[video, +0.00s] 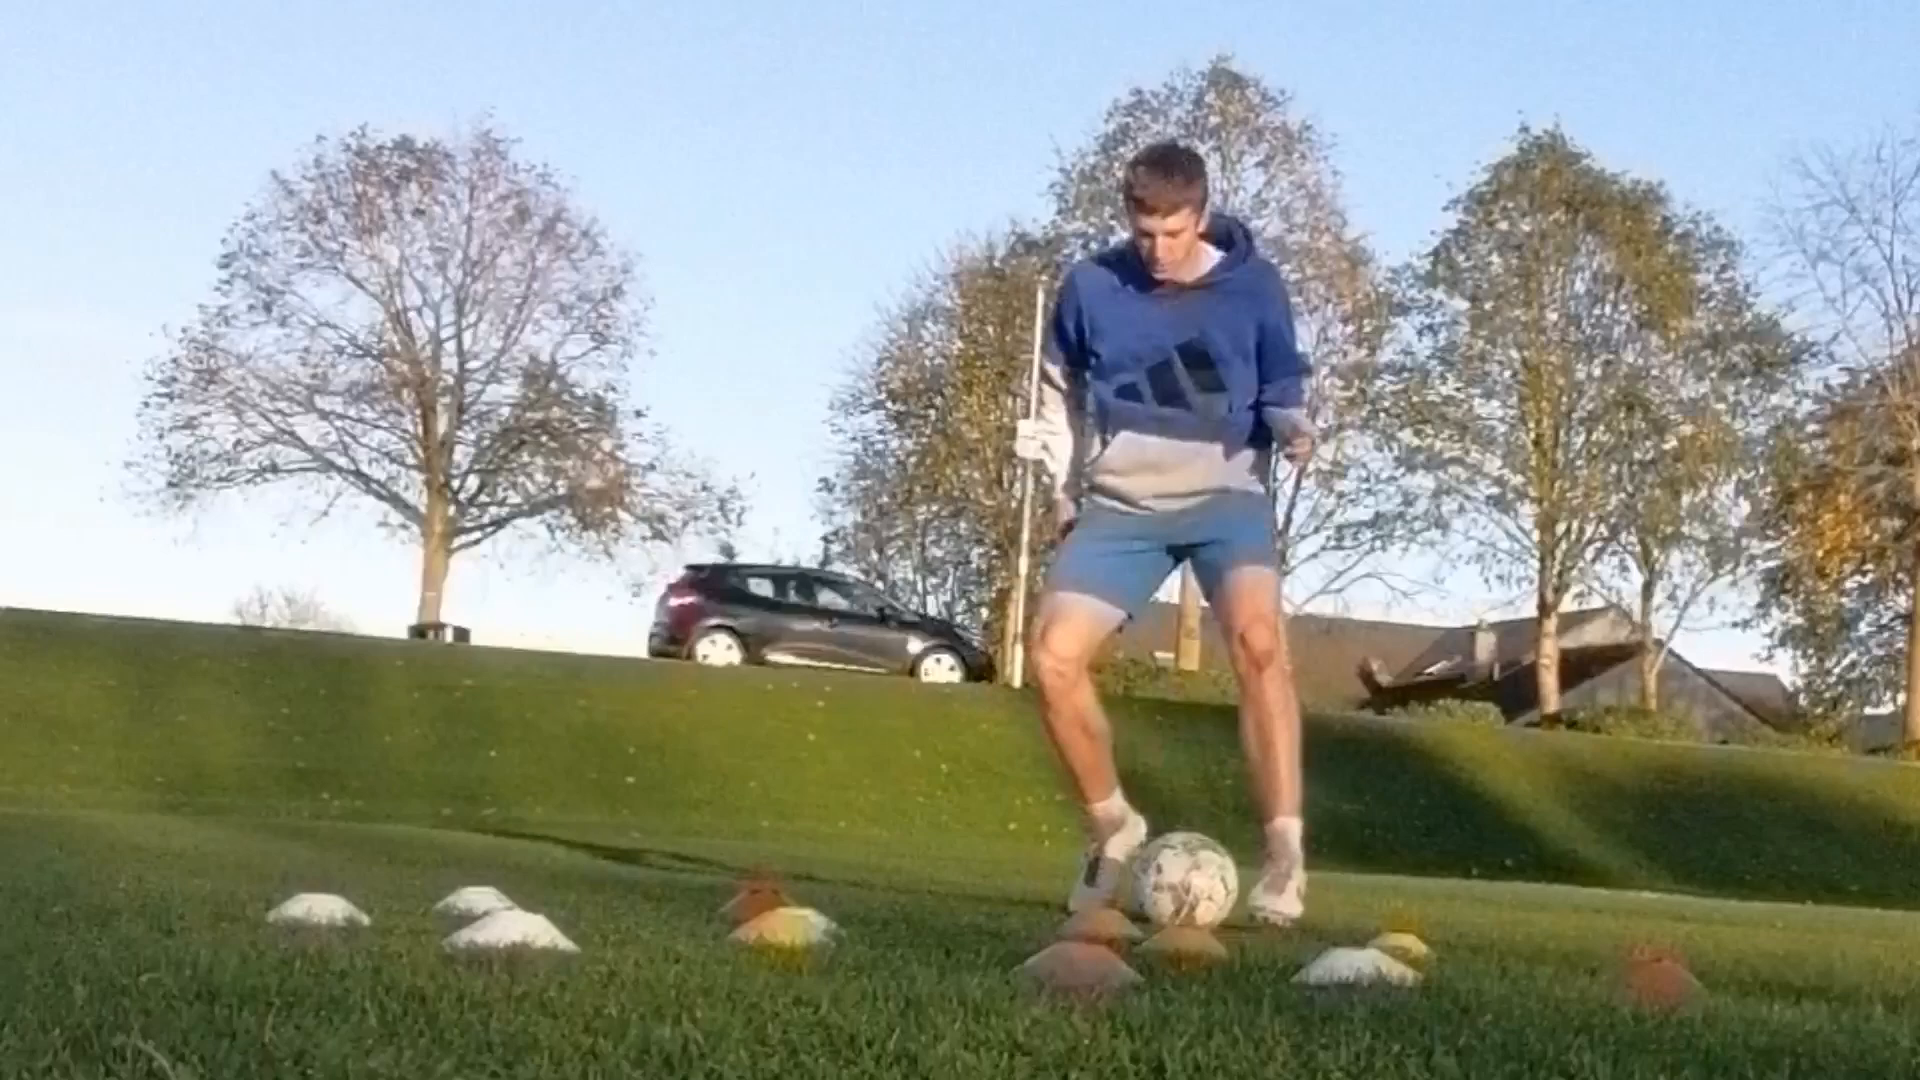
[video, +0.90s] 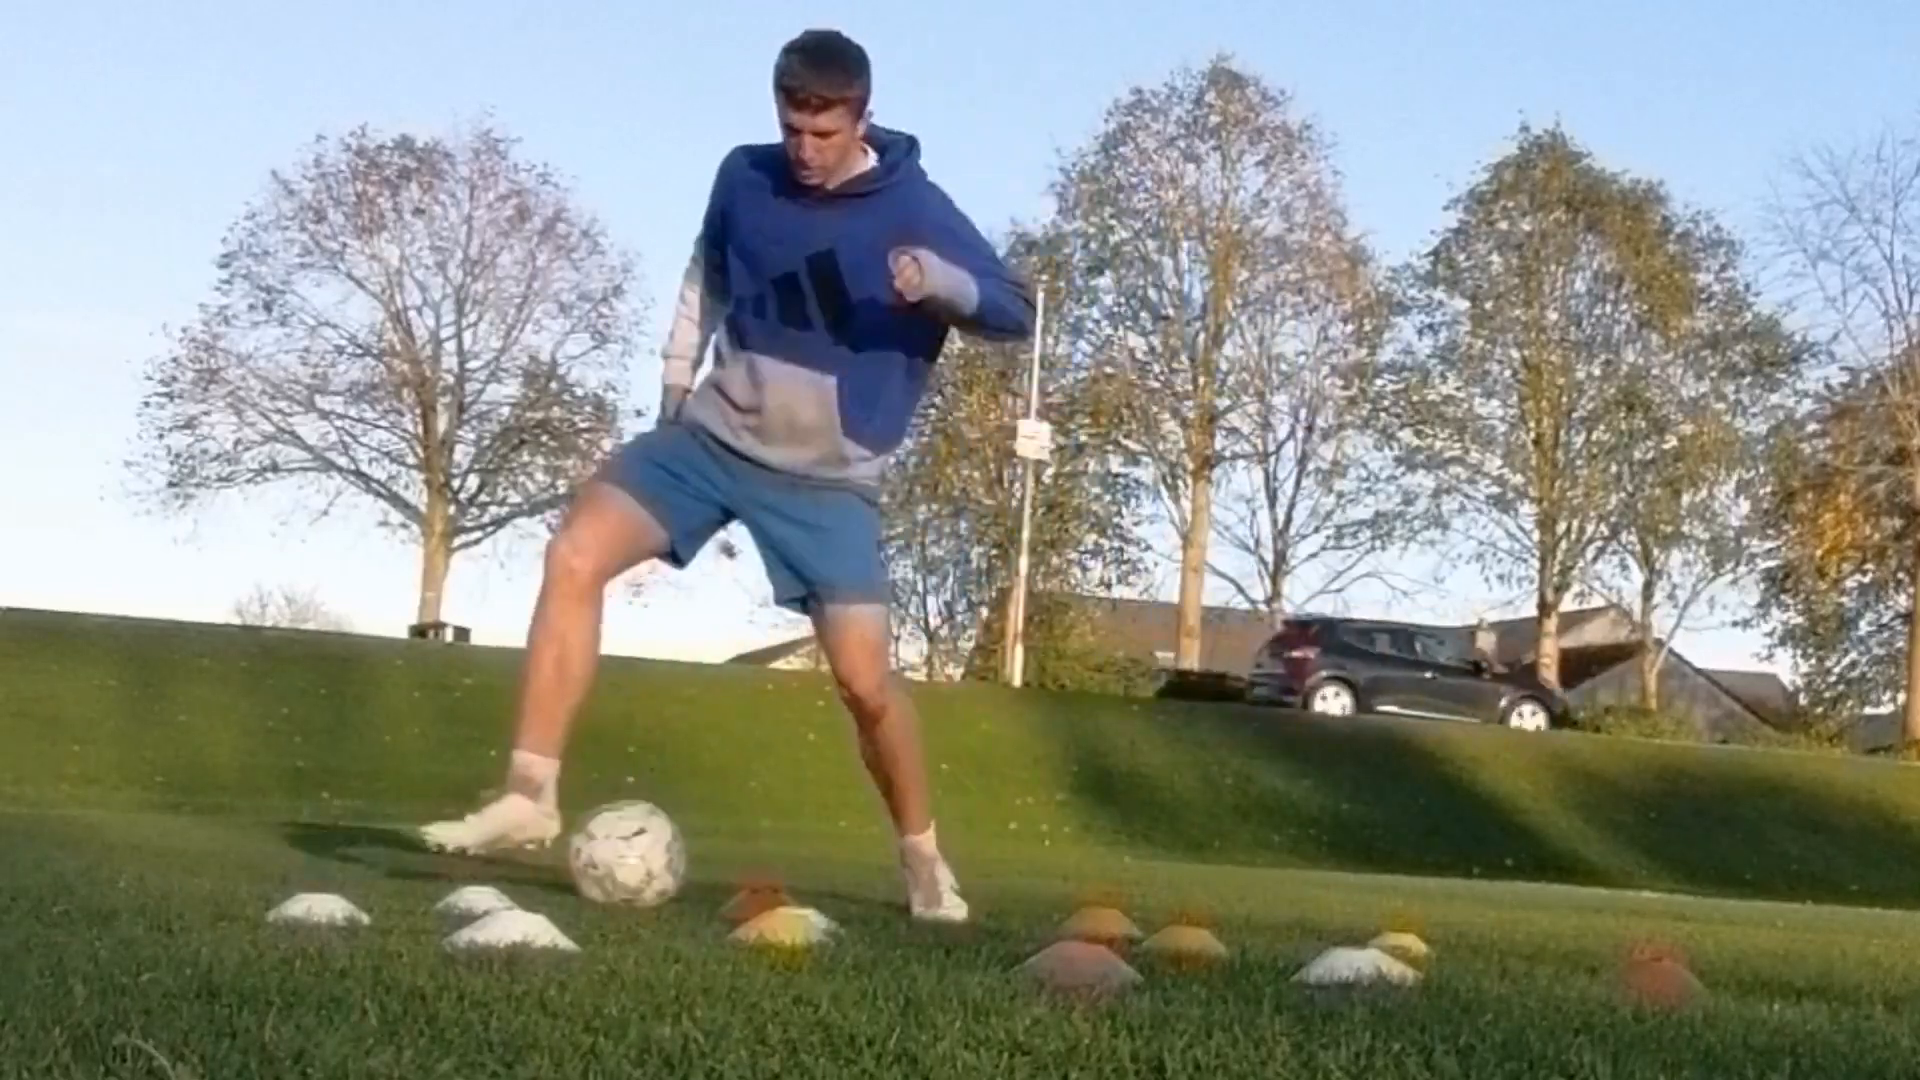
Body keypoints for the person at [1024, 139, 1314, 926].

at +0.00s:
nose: (1154, 243)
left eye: (1169, 229)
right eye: (1143, 227)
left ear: (1199, 213)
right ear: (1127, 212)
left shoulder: (1255, 285)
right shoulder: (1088, 288)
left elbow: (1283, 393)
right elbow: (1055, 394)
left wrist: (1292, 429)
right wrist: (1062, 487)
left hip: (1229, 507)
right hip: (1119, 511)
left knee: (1258, 642)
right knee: (1054, 656)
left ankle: (1283, 852)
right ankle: (1114, 827)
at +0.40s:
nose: (1046, 215)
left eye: (1063, 198)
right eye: (1032, 198)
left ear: (1095, 174)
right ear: (1014, 185)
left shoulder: (1152, 242)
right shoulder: (984, 258)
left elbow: (1227, 348)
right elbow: (974, 357)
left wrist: (1157, 358)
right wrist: (995, 446)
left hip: (1150, 490)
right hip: (1033, 483)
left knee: (1219, 665)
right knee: (973, 625)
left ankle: (1268, 868)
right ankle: (960, 851)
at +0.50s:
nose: (1019, 164)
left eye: (1036, 148)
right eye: (1005, 147)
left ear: (1064, 135)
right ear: (985, 132)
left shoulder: (1121, 220)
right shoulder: (935, 220)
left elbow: (1194, 319)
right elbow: (912, 325)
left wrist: (1163, 390)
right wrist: (944, 405)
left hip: (1094, 481)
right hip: (971, 486)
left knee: (1165, 632)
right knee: (955, 655)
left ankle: (1205, 847)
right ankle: (963, 874)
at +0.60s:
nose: (990, 146)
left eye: (1008, 131)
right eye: (978, 128)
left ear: (1039, 113)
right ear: (958, 107)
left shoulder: (1091, 190)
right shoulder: (904, 180)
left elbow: (1159, 269)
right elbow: (849, 290)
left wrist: (1147, 361)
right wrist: (852, 409)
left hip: (1036, 440)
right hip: (913, 437)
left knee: (1079, 602)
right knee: (870, 616)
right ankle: (882, 837)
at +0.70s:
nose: (945, 151)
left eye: (963, 136)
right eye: (932, 134)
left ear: (995, 114)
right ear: (912, 111)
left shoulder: (1045, 191)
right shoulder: (860, 182)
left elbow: (1085, 288)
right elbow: (794, 297)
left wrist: (1094, 362)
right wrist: (773, 411)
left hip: (987, 454)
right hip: (863, 441)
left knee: (990, 650)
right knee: (772, 586)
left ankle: (965, 867)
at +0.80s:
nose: (881, 167)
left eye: (901, 150)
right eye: (868, 147)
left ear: (933, 129)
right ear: (851, 124)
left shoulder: (987, 219)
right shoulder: (810, 198)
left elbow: (1057, 331)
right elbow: (756, 333)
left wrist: (1035, 371)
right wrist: (728, 453)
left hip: (916, 490)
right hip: (797, 464)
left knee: (930, 688)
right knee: (671, 577)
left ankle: (944, 883)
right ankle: (598, 806)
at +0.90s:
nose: (809, 138)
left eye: (829, 120)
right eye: (797, 118)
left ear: (863, 110)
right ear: (779, 107)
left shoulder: (912, 205)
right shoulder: (744, 178)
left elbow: (1015, 314)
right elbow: (703, 285)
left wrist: (946, 283)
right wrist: (675, 399)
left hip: (826, 482)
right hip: (707, 442)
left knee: (865, 684)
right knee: (574, 555)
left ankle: (923, 858)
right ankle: (529, 797)